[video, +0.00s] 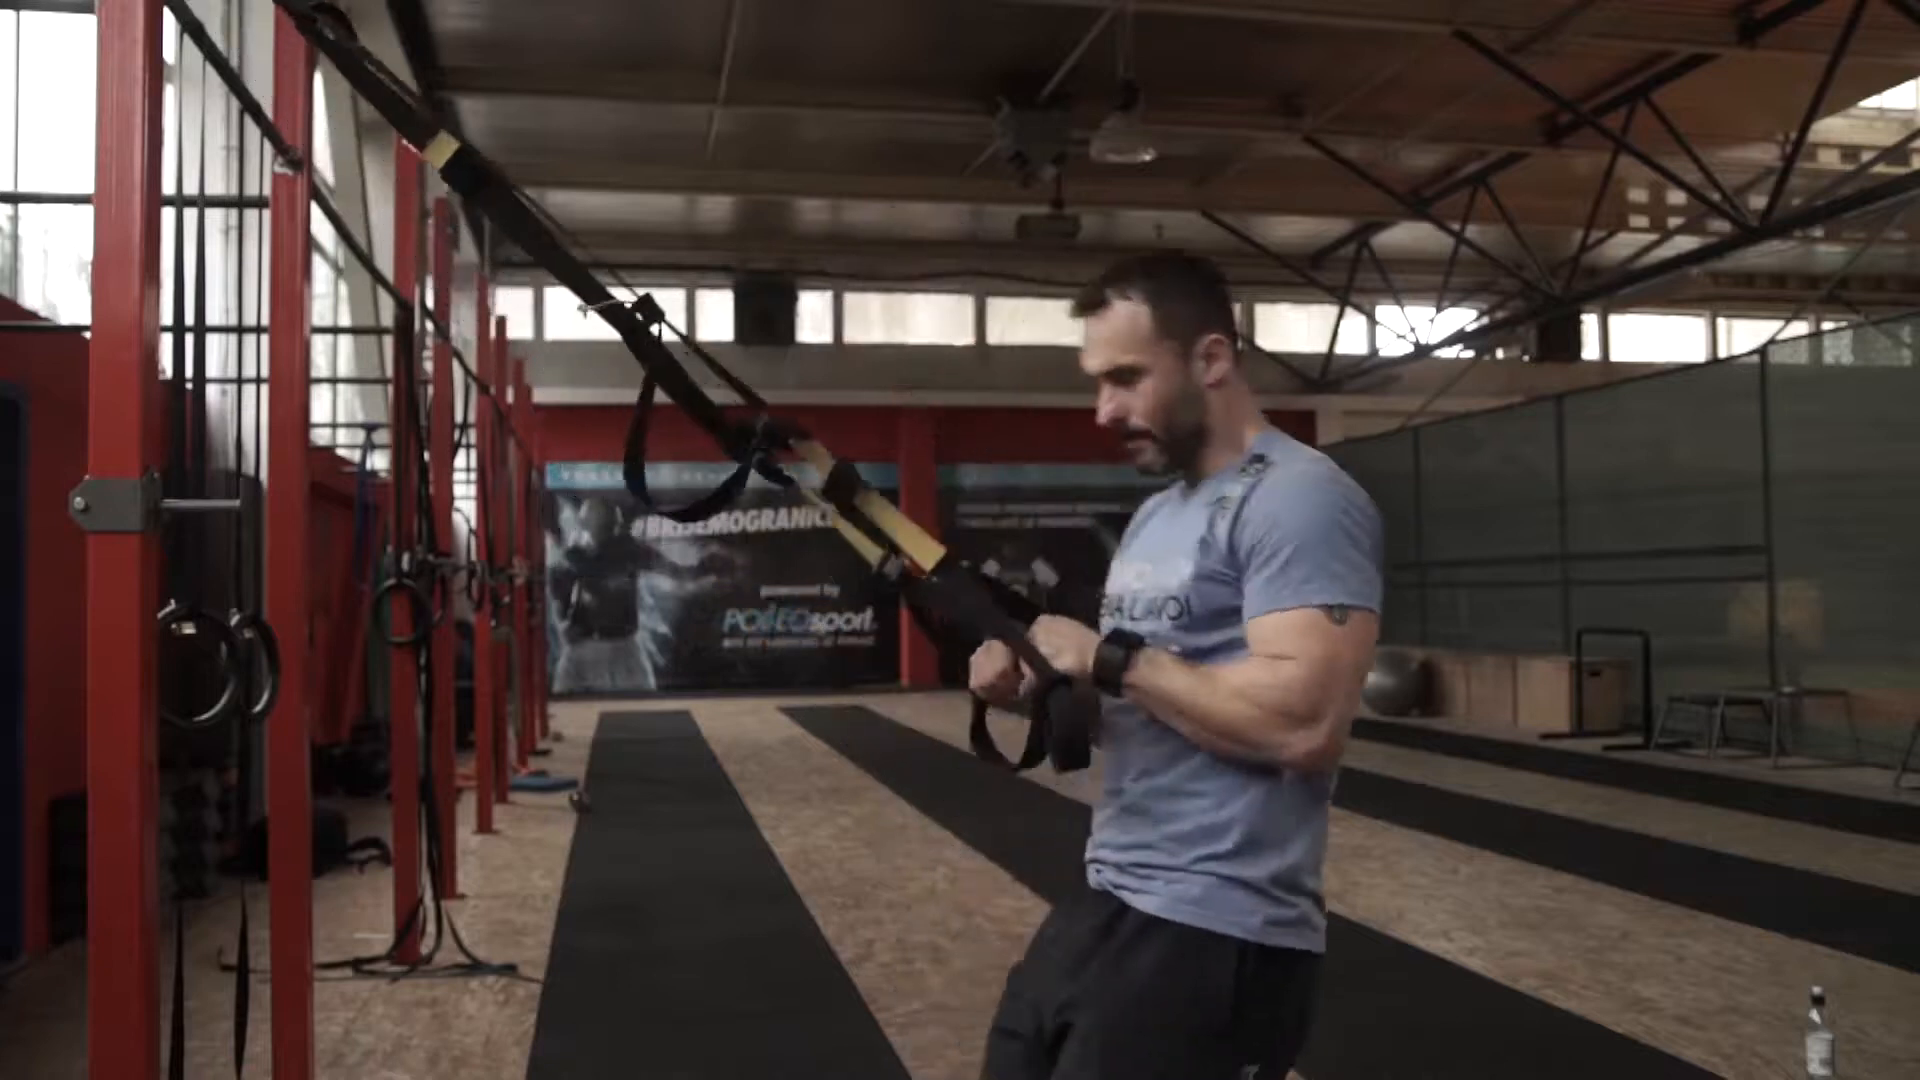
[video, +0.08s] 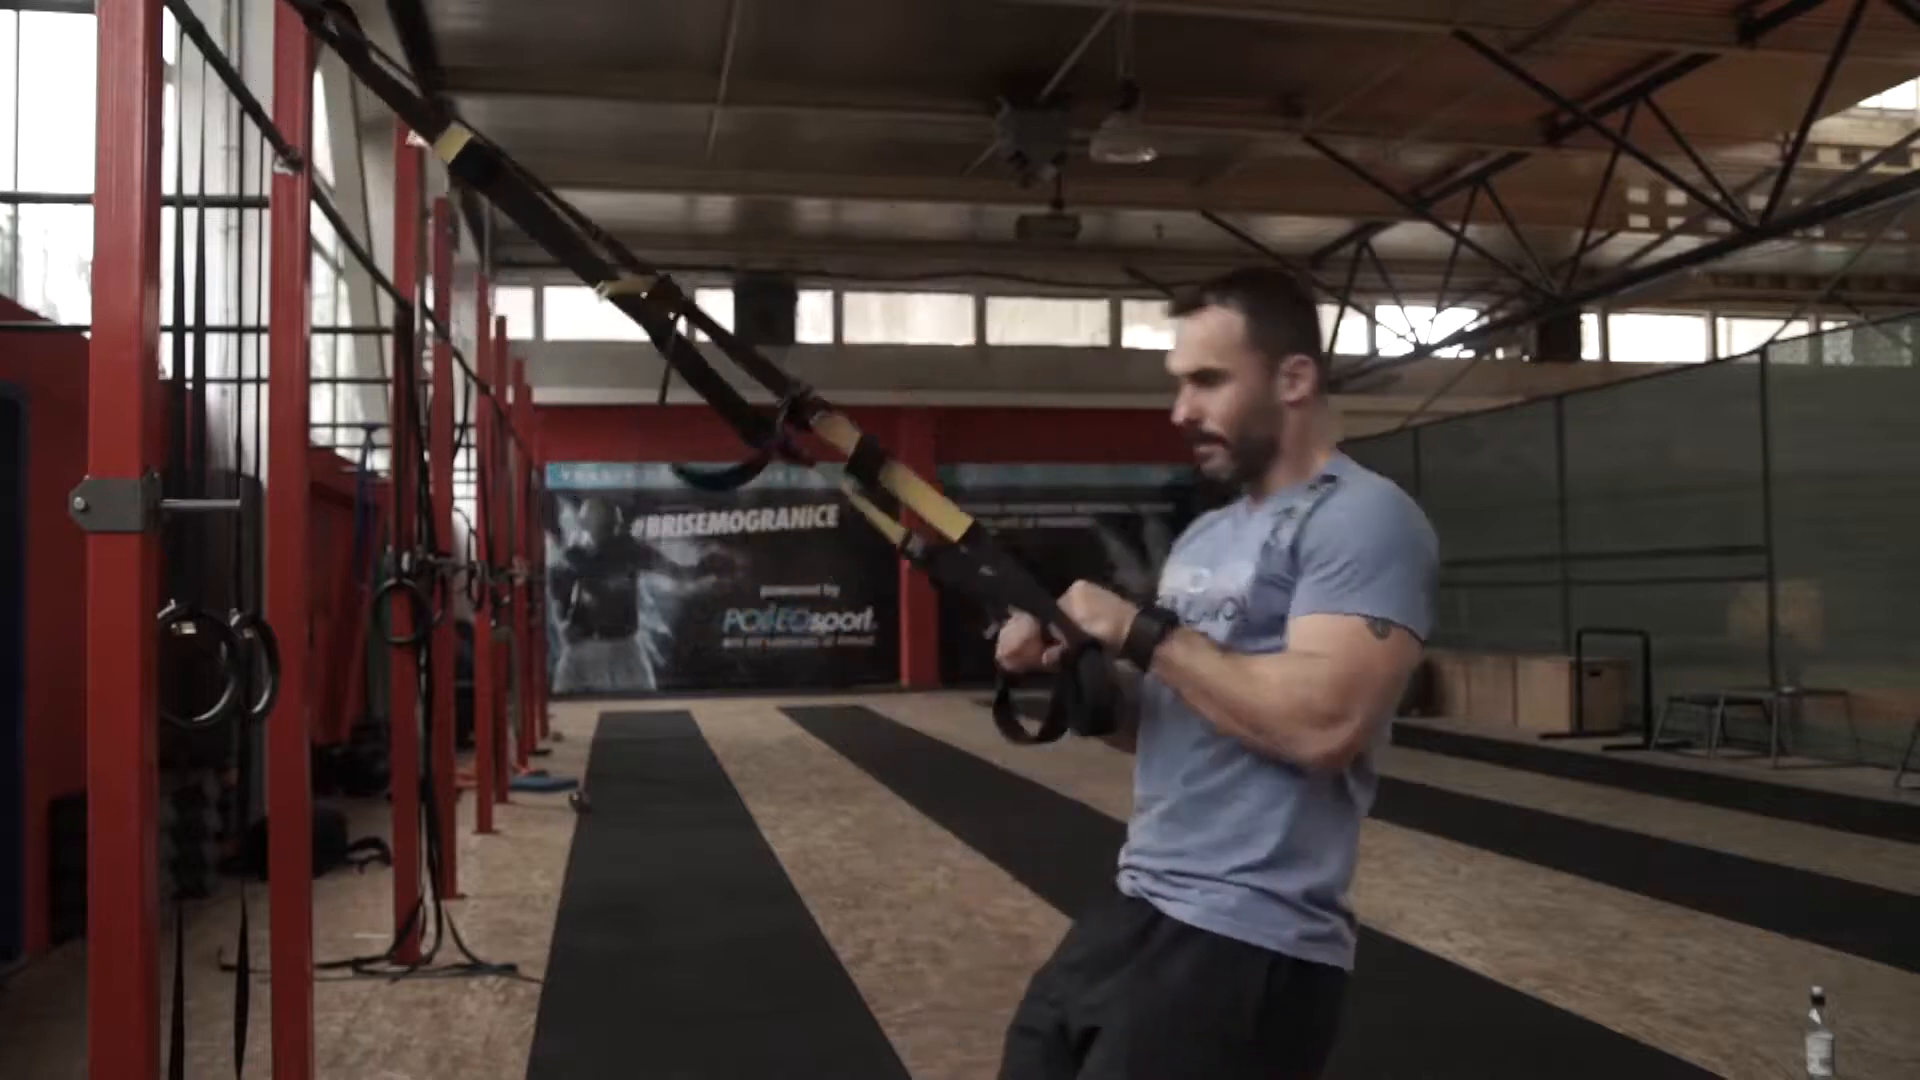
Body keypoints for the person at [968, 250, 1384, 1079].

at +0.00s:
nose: (1106, 411)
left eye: (1128, 378)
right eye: (1098, 385)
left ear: (1213, 359)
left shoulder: (1304, 495)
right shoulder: (1157, 514)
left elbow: (1302, 723)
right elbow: (1152, 713)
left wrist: (1112, 657)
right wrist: (1045, 687)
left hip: (1221, 936)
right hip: (1110, 904)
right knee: (1014, 1059)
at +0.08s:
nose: (1183, 411)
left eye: (1209, 381)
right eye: (1179, 385)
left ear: (1296, 378)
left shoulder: (1369, 517)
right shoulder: (1206, 533)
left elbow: (1323, 722)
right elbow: (1176, 727)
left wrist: (1144, 631)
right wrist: (1070, 669)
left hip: (1255, 946)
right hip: (1137, 909)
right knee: (1033, 1057)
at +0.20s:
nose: (1311, 436)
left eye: (1341, 411)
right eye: (1310, 414)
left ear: (1426, 428)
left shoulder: (1472, 559)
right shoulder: (1290, 568)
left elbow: (1357, 705)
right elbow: (1181, 717)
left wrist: (1191, 591)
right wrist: (1127, 629)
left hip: (1294, 971)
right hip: (1175, 926)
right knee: (1068, 1062)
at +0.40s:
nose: (1464, 499)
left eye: (1498, 483)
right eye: (1468, 479)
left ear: (1574, 521)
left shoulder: (1579, 635)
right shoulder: (1412, 620)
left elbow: (1404, 658)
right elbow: (1247, 662)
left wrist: (1232, 550)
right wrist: (1167, 577)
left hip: (1337, 996)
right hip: (1221, 936)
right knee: (1097, 1060)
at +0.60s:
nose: (1485, 489)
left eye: (1516, 482)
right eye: (1489, 472)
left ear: (1582, 533)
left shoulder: (1569, 645)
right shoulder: (1394, 601)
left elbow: (1475, 529)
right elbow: (1251, 554)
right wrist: (1207, 447)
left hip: (1280, 985)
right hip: (1168, 913)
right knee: (1026, 1064)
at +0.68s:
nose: (1448, 474)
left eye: (1484, 461)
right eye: (1448, 456)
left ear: (1556, 497)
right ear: (1433, 473)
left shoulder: (1529, 618)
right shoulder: (1366, 579)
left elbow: (1502, 446)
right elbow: (1250, 494)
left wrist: (1363, 321)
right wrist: (1227, 375)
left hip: (1248, 965)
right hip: (1139, 901)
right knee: (991, 1067)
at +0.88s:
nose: (1372, 409)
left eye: (1407, 396)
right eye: (1379, 391)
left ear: (1463, 428)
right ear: (1372, 412)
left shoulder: (1462, 545)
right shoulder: (1318, 516)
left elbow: (1509, 325)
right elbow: (1273, 385)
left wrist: (1418, 169)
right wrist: (1258, 254)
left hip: (1187, 931)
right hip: (1084, 874)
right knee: (935, 1060)